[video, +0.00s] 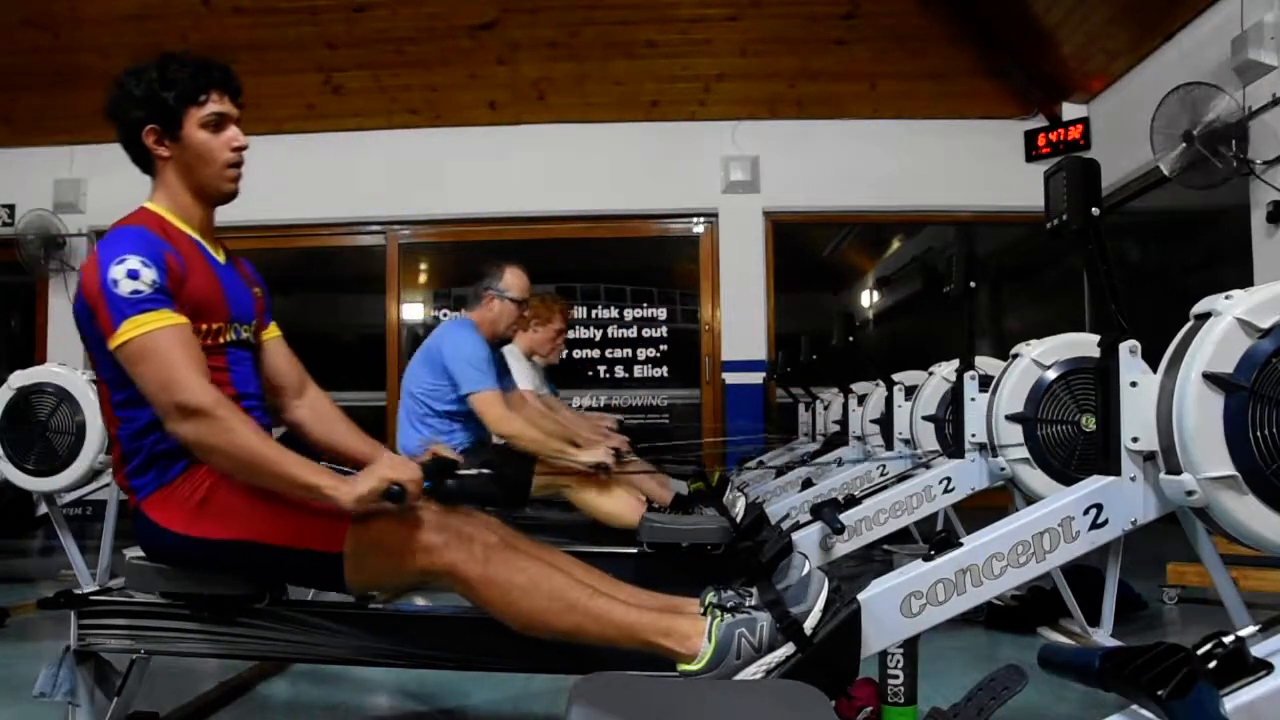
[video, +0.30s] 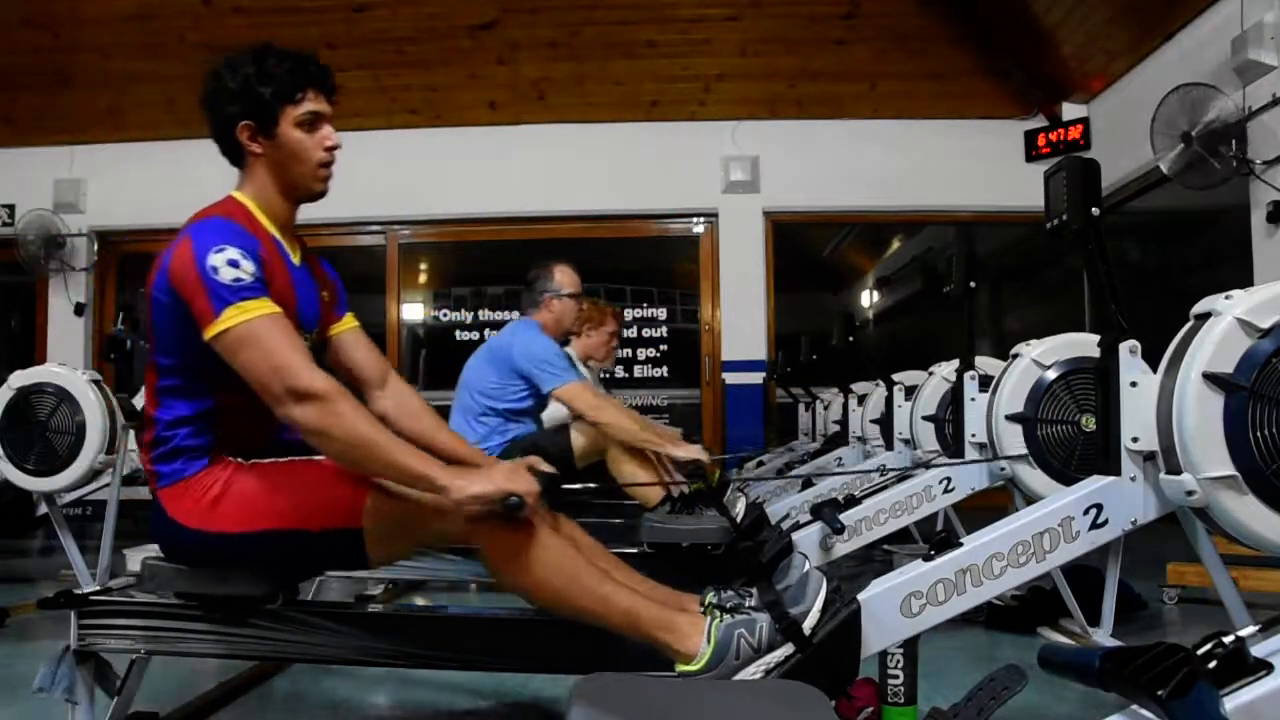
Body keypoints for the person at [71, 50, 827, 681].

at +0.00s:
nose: (238, 140)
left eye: (238, 124)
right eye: (215, 124)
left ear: (224, 141)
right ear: (158, 140)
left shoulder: (226, 267)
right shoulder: (131, 255)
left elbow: (291, 391)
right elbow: (194, 420)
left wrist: (375, 460)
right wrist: (335, 488)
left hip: (259, 482)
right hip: (193, 495)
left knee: (471, 524)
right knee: (447, 538)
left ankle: (692, 623)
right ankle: (690, 639)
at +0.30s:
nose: (331, 143)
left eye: (331, 126)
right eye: (311, 126)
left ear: (297, 138)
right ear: (251, 138)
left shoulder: (300, 261)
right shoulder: (215, 245)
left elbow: (382, 383)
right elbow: (301, 399)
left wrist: (480, 463)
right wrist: (456, 480)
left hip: (273, 475)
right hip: (210, 491)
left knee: (499, 483)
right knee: (472, 507)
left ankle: (699, 620)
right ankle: (692, 641)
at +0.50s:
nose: (408, 143)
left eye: (406, 126)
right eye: (387, 128)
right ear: (328, 140)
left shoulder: (368, 258)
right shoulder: (291, 243)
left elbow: (447, 382)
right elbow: (384, 395)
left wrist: (554, 468)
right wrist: (539, 475)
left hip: (302, 475)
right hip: (244, 492)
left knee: (521, 449)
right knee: (497, 468)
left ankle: (698, 618)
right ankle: (696, 645)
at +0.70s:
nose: (490, 147)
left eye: (484, 128)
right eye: (469, 131)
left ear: (424, 148)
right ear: (408, 146)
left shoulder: (428, 252)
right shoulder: (373, 243)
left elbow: (516, 377)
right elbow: (486, 392)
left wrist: (634, 469)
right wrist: (645, 474)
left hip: (345, 476)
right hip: (299, 493)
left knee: (565, 420)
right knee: (532, 431)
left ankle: (691, 611)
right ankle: (694, 640)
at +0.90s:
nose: (575, 150)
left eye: (570, 132)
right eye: (555, 134)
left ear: (507, 152)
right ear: (497, 150)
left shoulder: (490, 246)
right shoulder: (463, 246)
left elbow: (589, 384)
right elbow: (590, 393)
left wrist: (727, 458)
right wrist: (750, 469)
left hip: (408, 483)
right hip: (375, 499)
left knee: (623, 386)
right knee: (619, 396)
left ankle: (698, 616)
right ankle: (700, 642)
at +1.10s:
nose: (659, 154)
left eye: (653, 134)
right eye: (639, 136)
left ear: (589, 153)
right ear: (582, 151)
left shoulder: (565, 241)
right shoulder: (554, 245)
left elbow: (681, 371)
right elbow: (692, 383)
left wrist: (837, 452)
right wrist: (856, 456)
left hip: (476, 490)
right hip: (457, 503)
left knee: (680, 380)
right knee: (679, 392)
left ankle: (704, 613)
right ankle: (701, 631)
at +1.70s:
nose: (595, 138)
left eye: (591, 120)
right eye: (576, 121)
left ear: (528, 140)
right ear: (519, 135)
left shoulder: (513, 228)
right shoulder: (503, 232)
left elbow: (611, 359)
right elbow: (642, 373)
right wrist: (808, 415)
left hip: (431, 477)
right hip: (405, 493)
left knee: (643, 370)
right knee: (645, 386)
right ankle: (702, 630)